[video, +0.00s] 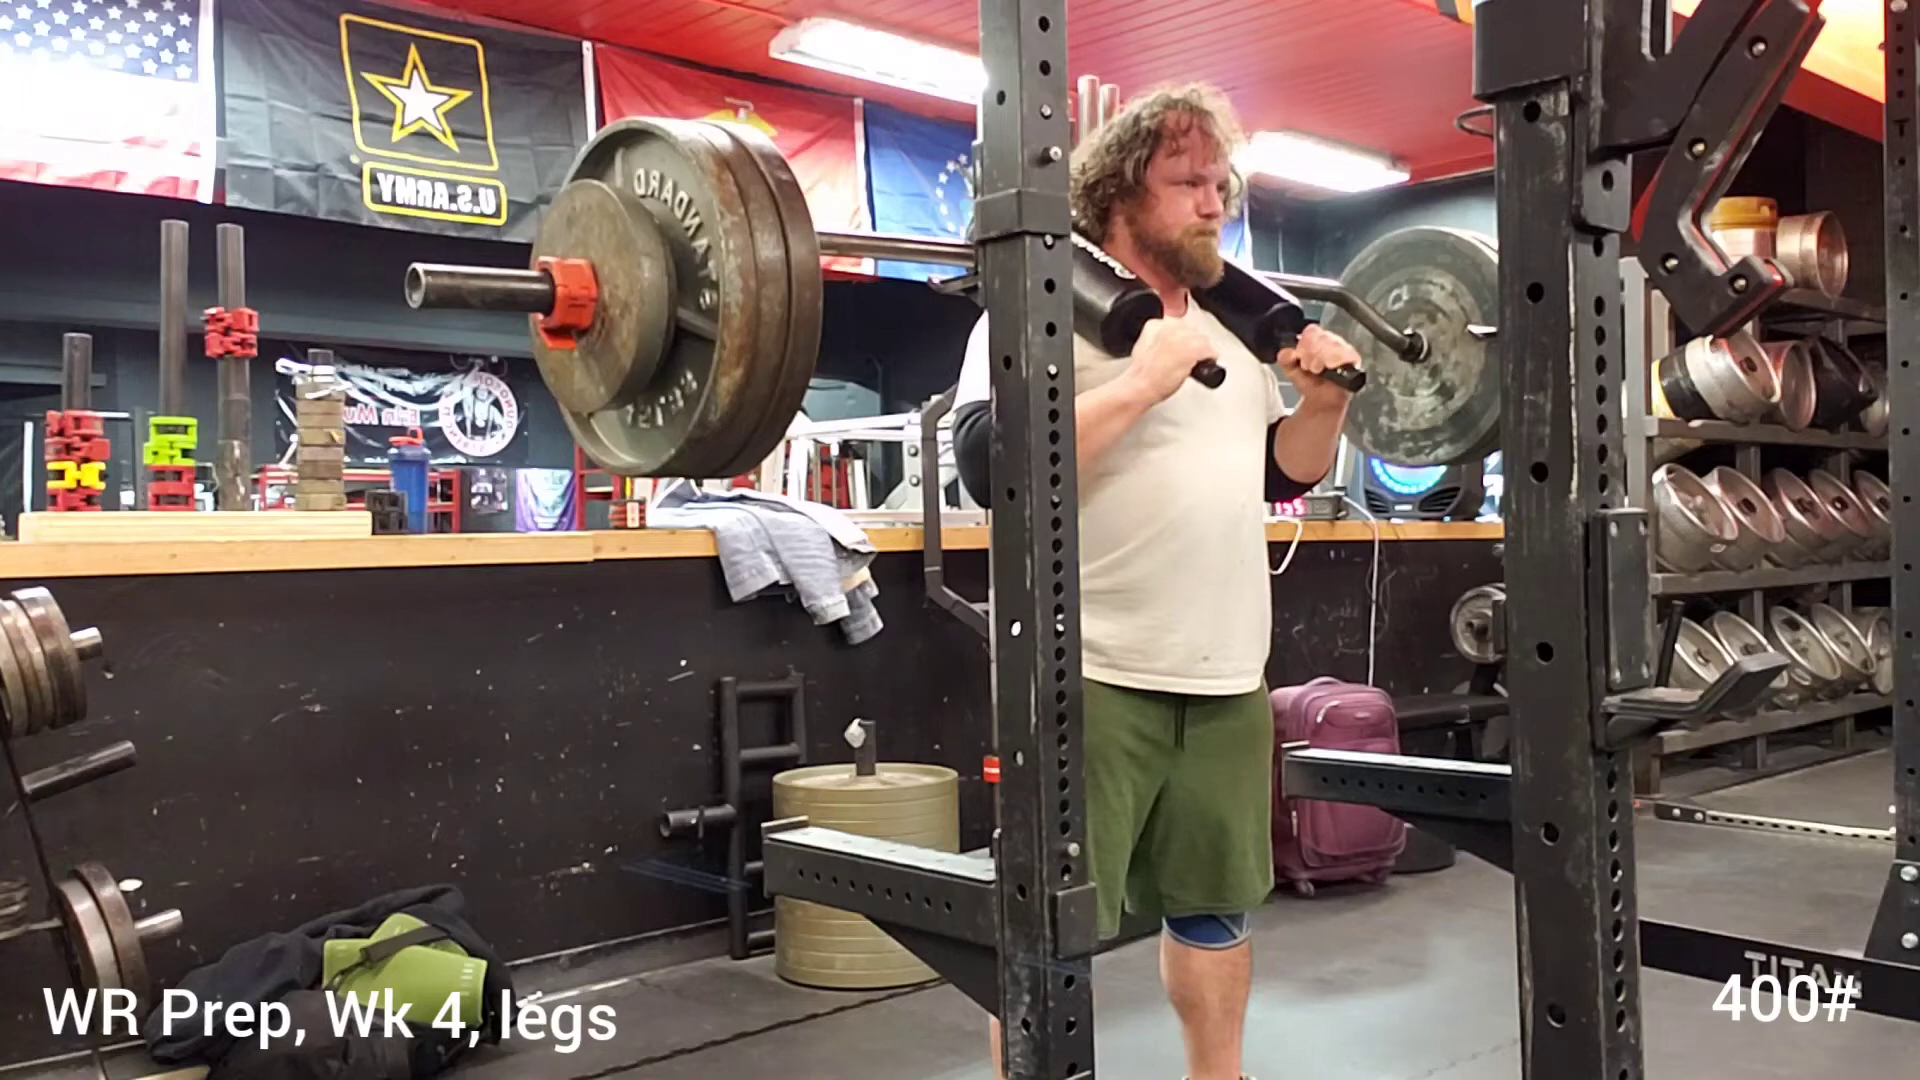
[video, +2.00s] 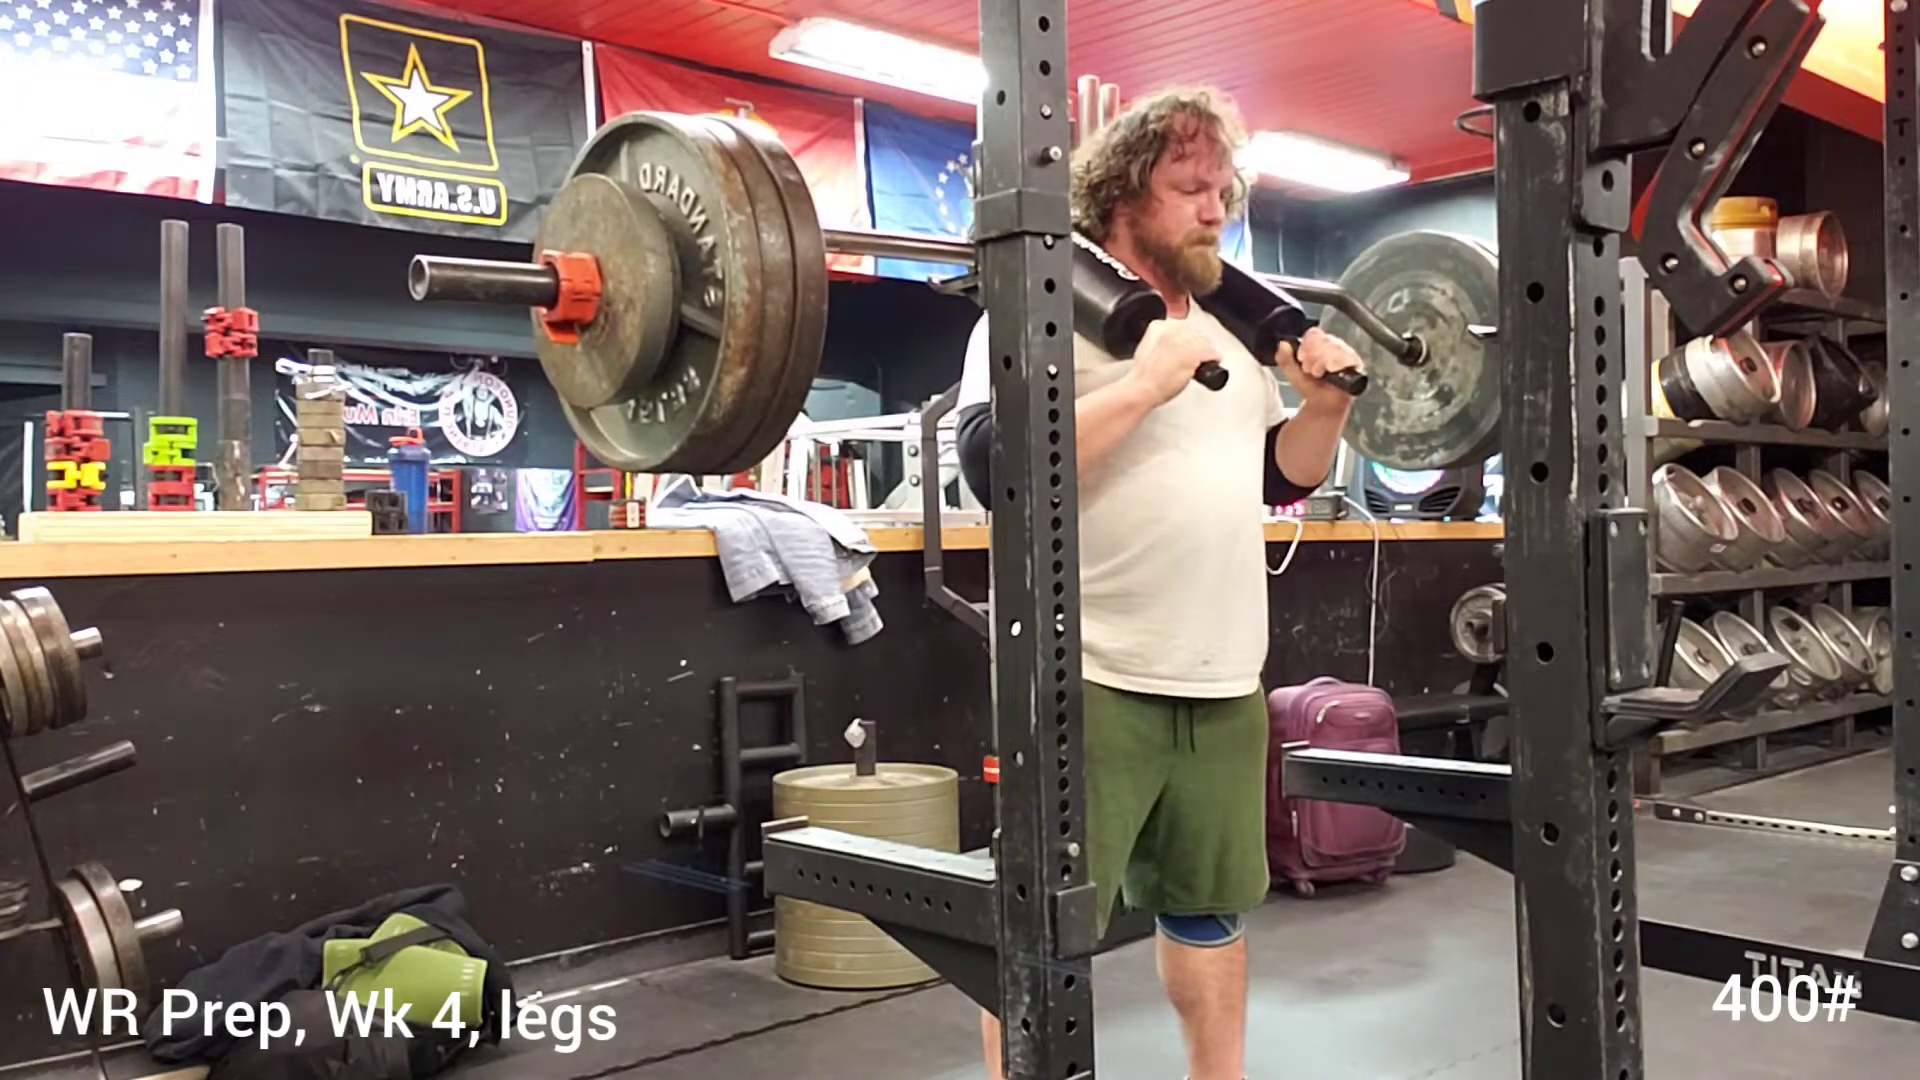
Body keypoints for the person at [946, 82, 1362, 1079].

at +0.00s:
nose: (1217, 200)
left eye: (1220, 179)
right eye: (1191, 178)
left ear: (1224, 192)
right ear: (1122, 188)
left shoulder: (1238, 322)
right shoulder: (1039, 306)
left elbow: (1295, 471)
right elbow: (990, 467)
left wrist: (1324, 394)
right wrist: (1135, 387)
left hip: (1228, 678)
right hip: (1091, 674)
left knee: (1214, 918)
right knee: (1055, 927)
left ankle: (1218, 1074)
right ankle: (1021, 1071)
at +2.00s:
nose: (1218, 211)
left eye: (1224, 189)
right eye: (1194, 187)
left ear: (1227, 197)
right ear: (1124, 194)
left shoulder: (1233, 326)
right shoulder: (1036, 310)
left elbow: (1289, 476)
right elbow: (996, 470)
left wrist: (1324, 401)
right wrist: (1139, 387)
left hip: (1225, 679)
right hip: (1090, 675)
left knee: (1208, 920)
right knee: (1047, 929)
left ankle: (1218, 1075)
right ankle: (1019, 1073)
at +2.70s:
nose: (1236, 321)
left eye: (1242, 299)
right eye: (1211, 299)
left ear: (1250, 303)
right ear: (1142, 310)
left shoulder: (1244, 416)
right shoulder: (1058, 409)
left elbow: (1290, 588)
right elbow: (1012, 597)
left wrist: (1332, 527)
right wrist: (1148, 535)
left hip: (1189, 731)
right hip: (1056, 732)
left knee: (1285, 899)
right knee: (1051, 949)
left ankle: (1230, 1074)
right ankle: (1018, 1073)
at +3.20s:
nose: (1248, 441)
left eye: (1256, 421)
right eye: (1222, 422)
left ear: (1267, 426)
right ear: (1151, 434)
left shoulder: (1260, 528)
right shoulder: (1060, 536)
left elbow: (1306, 704)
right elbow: (1030, 733)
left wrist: (1346, 646)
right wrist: (1161, 676)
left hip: (1177, 787)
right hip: (1030, 792)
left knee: (1304, 904)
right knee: (1067, 942)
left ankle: (1232, 1074)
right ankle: (1016, 1068)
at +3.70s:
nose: (1272, 592)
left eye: (1277, 569)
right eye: (1244, 572)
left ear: (1288, 564)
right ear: (1174, 578)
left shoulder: (1275, 661)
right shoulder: (1084, 673)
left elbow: (1332, 832)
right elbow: (1028, 857)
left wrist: (1361, 782)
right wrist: (1175, 830)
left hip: (1222, 898)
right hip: (1096, 911)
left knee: (1354, 925)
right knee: (1082, 984)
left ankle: (1239, 1075)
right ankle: (1023, 1069)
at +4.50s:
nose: (1263, 450)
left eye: (1272, 433)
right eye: (1238, 432)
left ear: (1284, 441)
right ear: (1170, 444)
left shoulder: (1269, 540)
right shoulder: (1077, 540)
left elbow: (1326, 715)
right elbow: (1035, 731)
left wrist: (1354, 658)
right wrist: (1172, 682)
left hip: (1184, 792)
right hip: (1038, 800)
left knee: (1316, 906)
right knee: (1084, 952)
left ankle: (1236, 1073)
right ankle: (1021, 1068)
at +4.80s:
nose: (1250, 334)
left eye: (1261, 318)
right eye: (1226, 314)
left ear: (1269, 336)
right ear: (1162, 324)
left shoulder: (1259, 438)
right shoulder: (1068, 426)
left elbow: (1310, 617)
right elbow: (1006, 614)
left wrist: (1341, 552)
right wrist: (1159, 564)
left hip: (1203, 743)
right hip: (1068, 746)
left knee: (1304, 904)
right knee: (1066, 954)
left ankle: (1236, 1074)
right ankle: (1011, 1069)